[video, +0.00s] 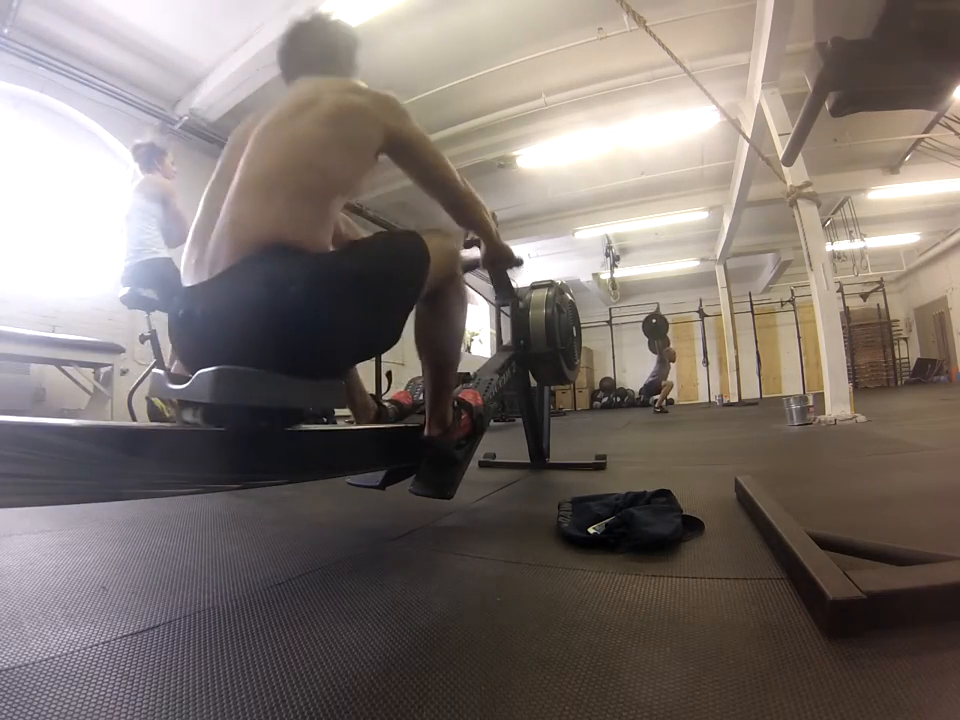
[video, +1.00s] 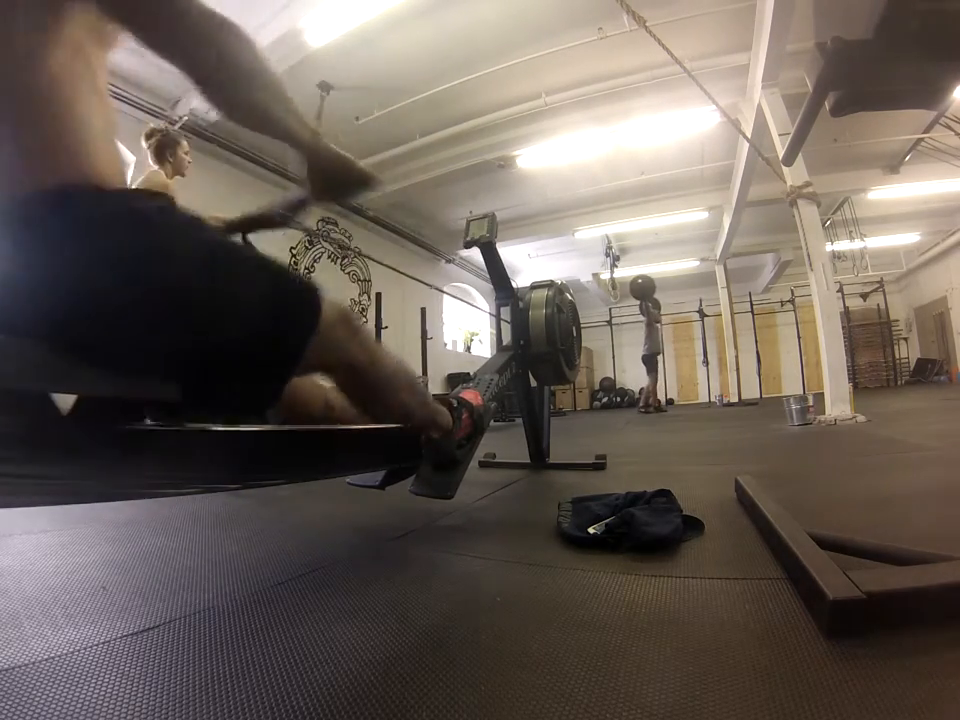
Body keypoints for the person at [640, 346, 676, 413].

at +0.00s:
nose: (675, 356)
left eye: (675, 354)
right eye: (673, 354)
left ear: (668, 355)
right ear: (668, 355)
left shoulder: (667, 365)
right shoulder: (662, 361)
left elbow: (664, 380)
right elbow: (659, 349)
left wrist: (665, 399)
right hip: (649, 386)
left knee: (668, 384)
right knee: (669, 384)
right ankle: (658, 406)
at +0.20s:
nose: (675, 350)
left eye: (675, 348)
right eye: (673, 348)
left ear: (669, 349)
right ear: (668, 349)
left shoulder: (667, 358)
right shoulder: (663, 354)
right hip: (650, 380)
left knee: (669, 383)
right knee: (669, 383)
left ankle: (658, 404)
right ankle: (658, 406)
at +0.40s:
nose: (673, 343)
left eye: (673, 340)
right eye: (671, 340)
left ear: (667, 342)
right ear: (666, 341)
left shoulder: (666, 351)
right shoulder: (662, 348)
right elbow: (658, 334)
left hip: (655, 374)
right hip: (650, 374)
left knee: (669, 383)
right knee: (668, 383)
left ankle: (658, 404)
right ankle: (658, 406)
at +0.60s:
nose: (670, 332)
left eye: (669, 330)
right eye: (668, 330)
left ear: (666, 332)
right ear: (662, 331)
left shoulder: (664, 342)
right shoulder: (659, 339)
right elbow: (656, 327)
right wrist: (653, 316)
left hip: (654, 367)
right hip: (650, 366)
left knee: (666, 381)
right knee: (666, 381)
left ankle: (658, 405)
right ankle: (658, 405)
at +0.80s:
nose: (665, 320)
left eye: (664, 318)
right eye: (663, 318)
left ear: (660, 318)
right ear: (657, 317)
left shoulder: (659, 328)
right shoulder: (654, 325)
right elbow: (649, 313)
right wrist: (647, 304)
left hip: (653, 355)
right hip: (649, 355)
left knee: (657, 379)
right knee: (657, 379)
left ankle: (657, 403)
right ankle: (657, 404)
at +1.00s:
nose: (659, 315)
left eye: (658, 313)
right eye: (657, 312)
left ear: (654, 312)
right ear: (651, 312)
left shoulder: (653, 324)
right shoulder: (649, 323)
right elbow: (647, 311)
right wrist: (645, 300)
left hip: (652, 354)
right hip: (649, 354)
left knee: (653, 381)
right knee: (652, 381)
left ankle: (654, 404)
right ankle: (644, 404)